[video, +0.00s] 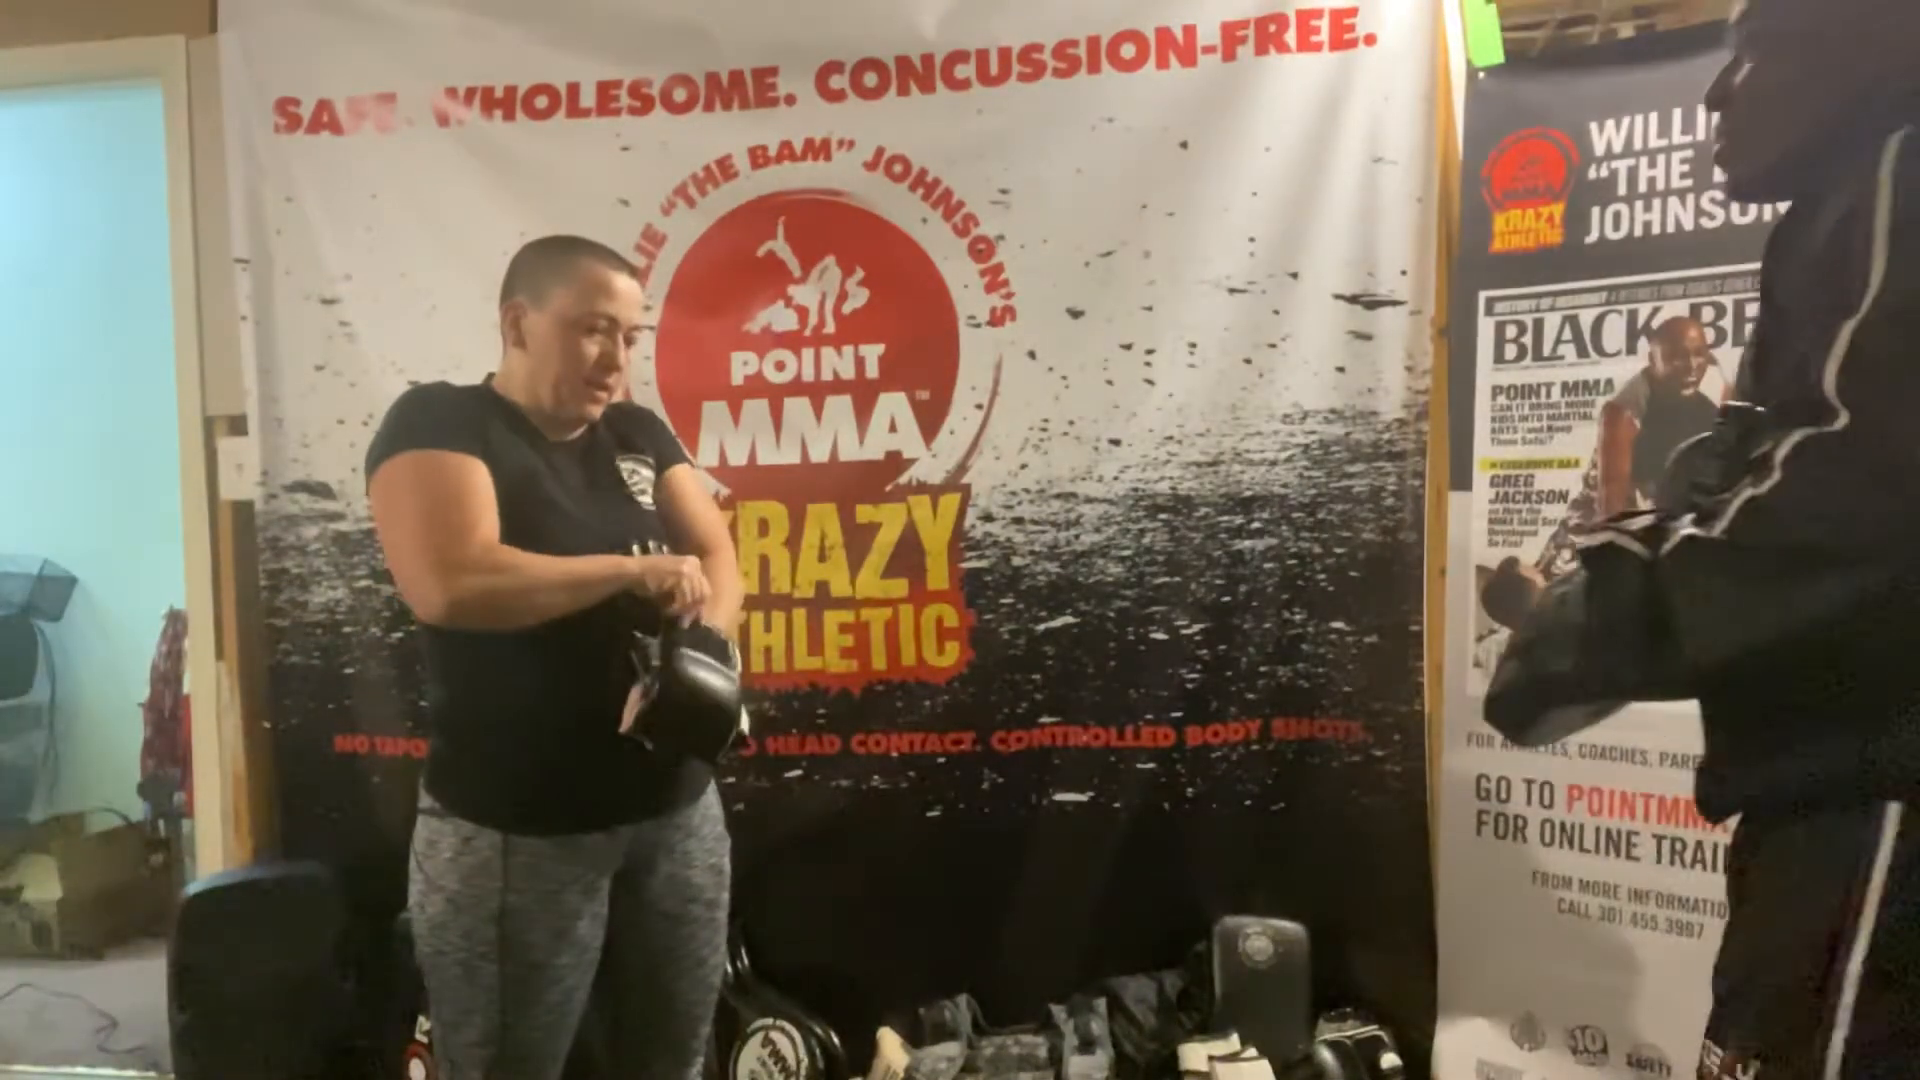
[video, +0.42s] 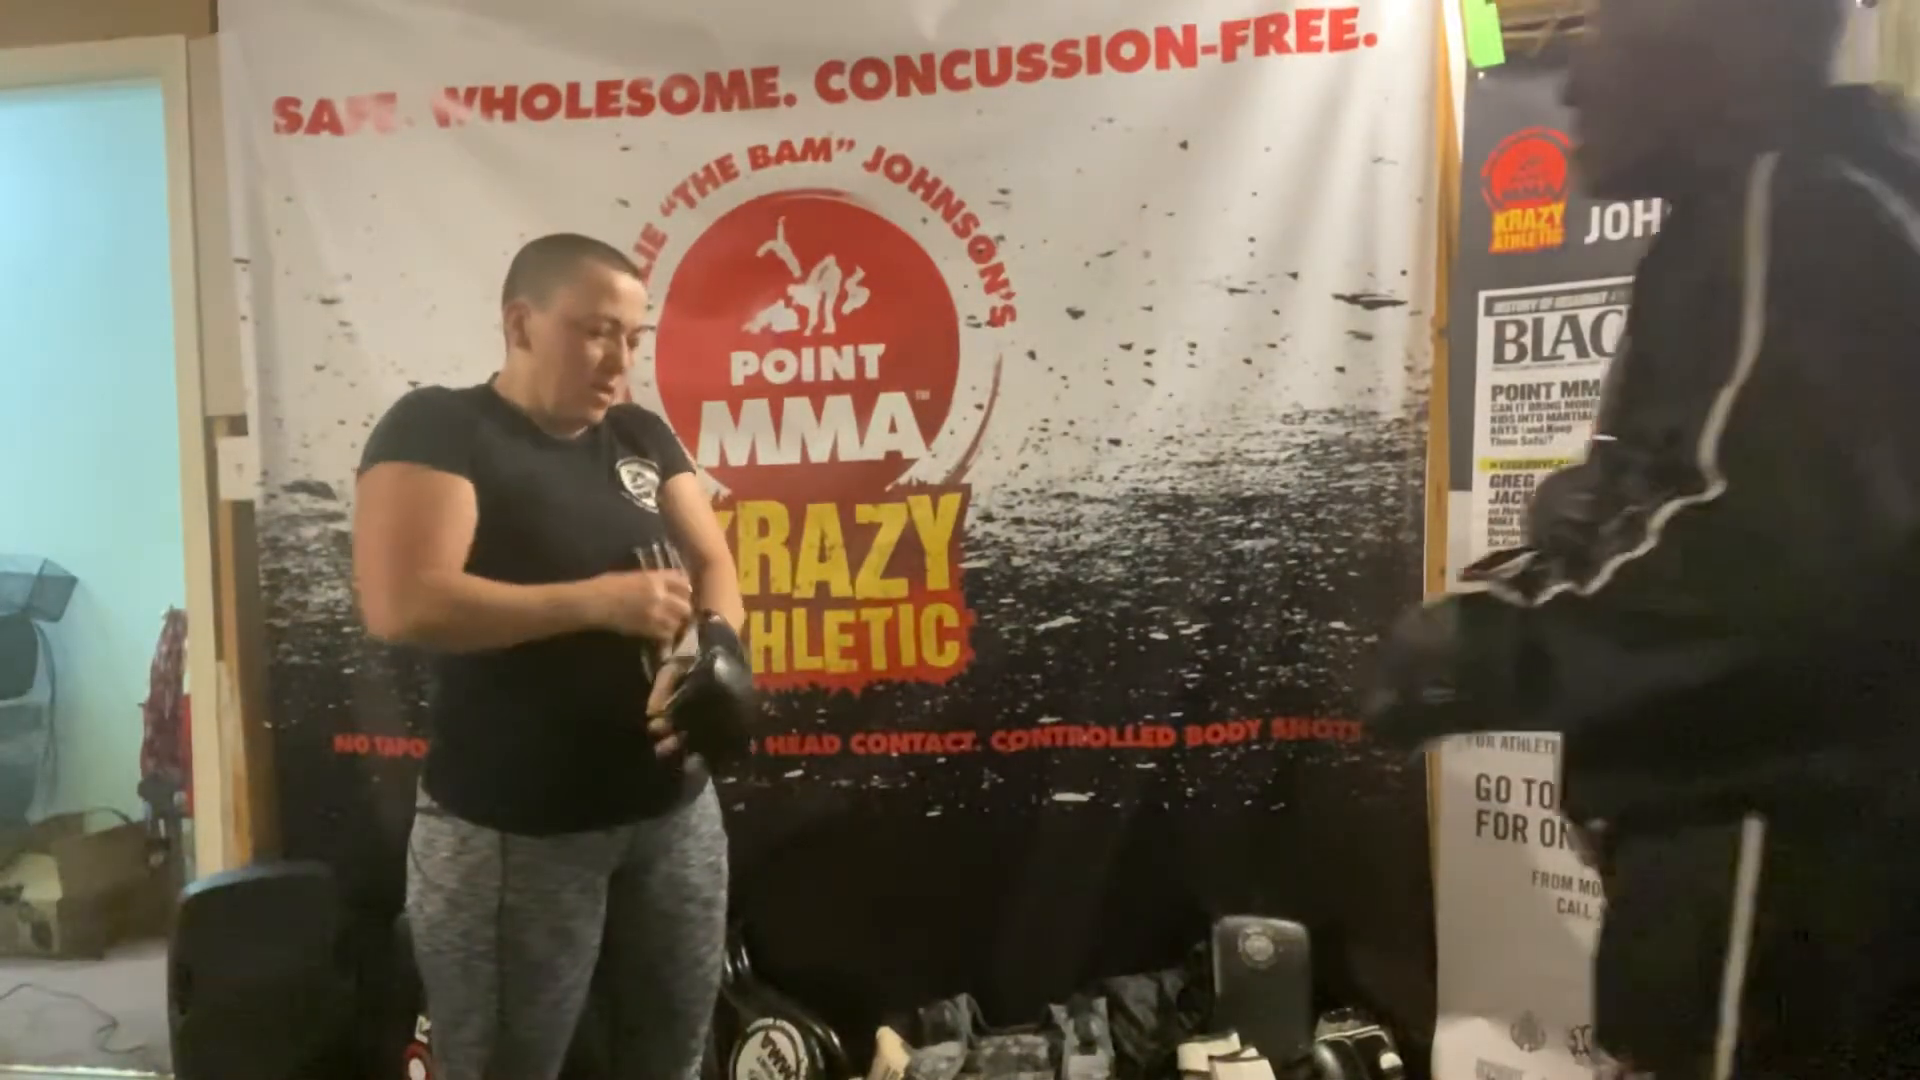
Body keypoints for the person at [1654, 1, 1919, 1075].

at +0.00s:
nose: (1718, 82)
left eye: (1755, 40)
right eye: (1730, 48)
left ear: (1868, 43)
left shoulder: (1892, 176)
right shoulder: (1846, 198)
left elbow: (1856, 474)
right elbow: (1766, 447)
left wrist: (1581, 620)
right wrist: (1593, 595)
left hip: (1869, 799)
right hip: (1824, 794)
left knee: (1816, 1052)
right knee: (1778, 1044)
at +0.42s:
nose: (1560, 48)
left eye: (1598, 16)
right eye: (1574, 23)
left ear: (1724, 33)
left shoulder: (1797, 199)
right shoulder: (1730, 209)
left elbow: (1780, 532)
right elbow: (1620, 479)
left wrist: (1497, 647)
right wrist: (1489, 611)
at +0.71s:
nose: (1402, 100)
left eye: (1439, 51)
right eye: (1416, 56)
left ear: (1556, 48)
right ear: (1555, 59)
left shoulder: (1619, 218)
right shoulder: (1583, 223)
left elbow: (1657, 563)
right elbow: (1525, 496)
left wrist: (1412, 684)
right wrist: (1434, 592)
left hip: (1704, 842)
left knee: (1676, 1061)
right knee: (1630, 1060)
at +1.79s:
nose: (1482, 148)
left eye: (1515, 108)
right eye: (1493, 112)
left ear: (1611, 112)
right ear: (1623, 116)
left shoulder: (1728, 236)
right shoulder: (1597, 276)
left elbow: (1799, 514)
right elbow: (1556, 529)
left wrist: (1495, 620)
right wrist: (1482, 753)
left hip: (1719, 801)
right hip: (1611, 796)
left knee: (1706, 1061)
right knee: (1612, 1059)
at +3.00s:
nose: (1638, 108)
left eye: (1667, 73)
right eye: (1648, 78)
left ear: (1774, 63)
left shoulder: (1891, 217)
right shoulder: (1701, 311)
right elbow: (1670, 581)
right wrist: (1610, 744)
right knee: (1643, 1052)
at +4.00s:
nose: (1608, 57)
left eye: (1654, 34)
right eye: (1617, 38)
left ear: (1765, 65)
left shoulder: (1846, 229)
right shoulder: (1639, 285)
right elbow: (1584, 548)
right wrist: (1533, 766)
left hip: (1794, 808)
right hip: (1635, 811)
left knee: (1799, 1053)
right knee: (1617, 1053)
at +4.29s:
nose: (1503, 142)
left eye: (1532, 104)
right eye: (1508, 116)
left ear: (1639, 112)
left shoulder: (1765, 230)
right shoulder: (1539, 338)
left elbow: (1890, 452)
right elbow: (1508, 591)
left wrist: (1598, 596)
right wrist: (1423, 768)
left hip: (1766, 775)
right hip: (1591, 790)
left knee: (1762, 1057)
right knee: (1595, 1053)